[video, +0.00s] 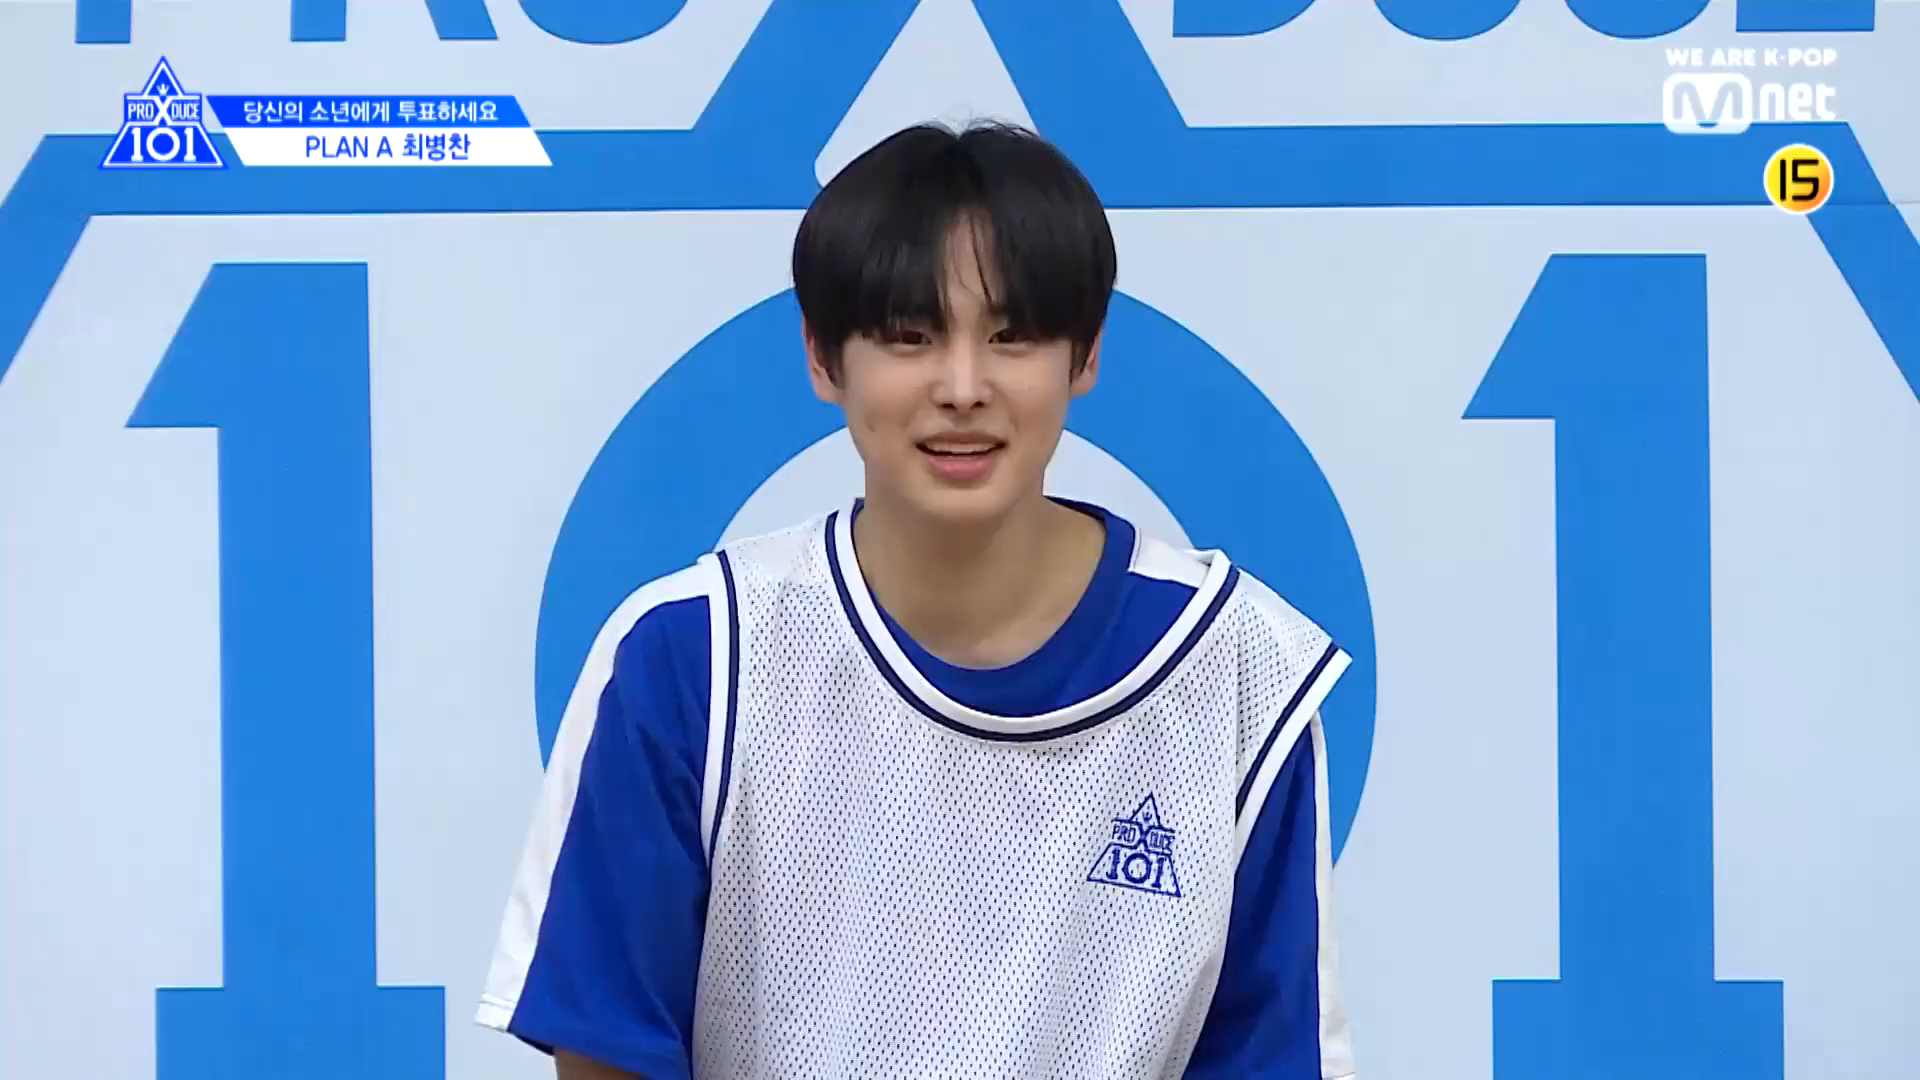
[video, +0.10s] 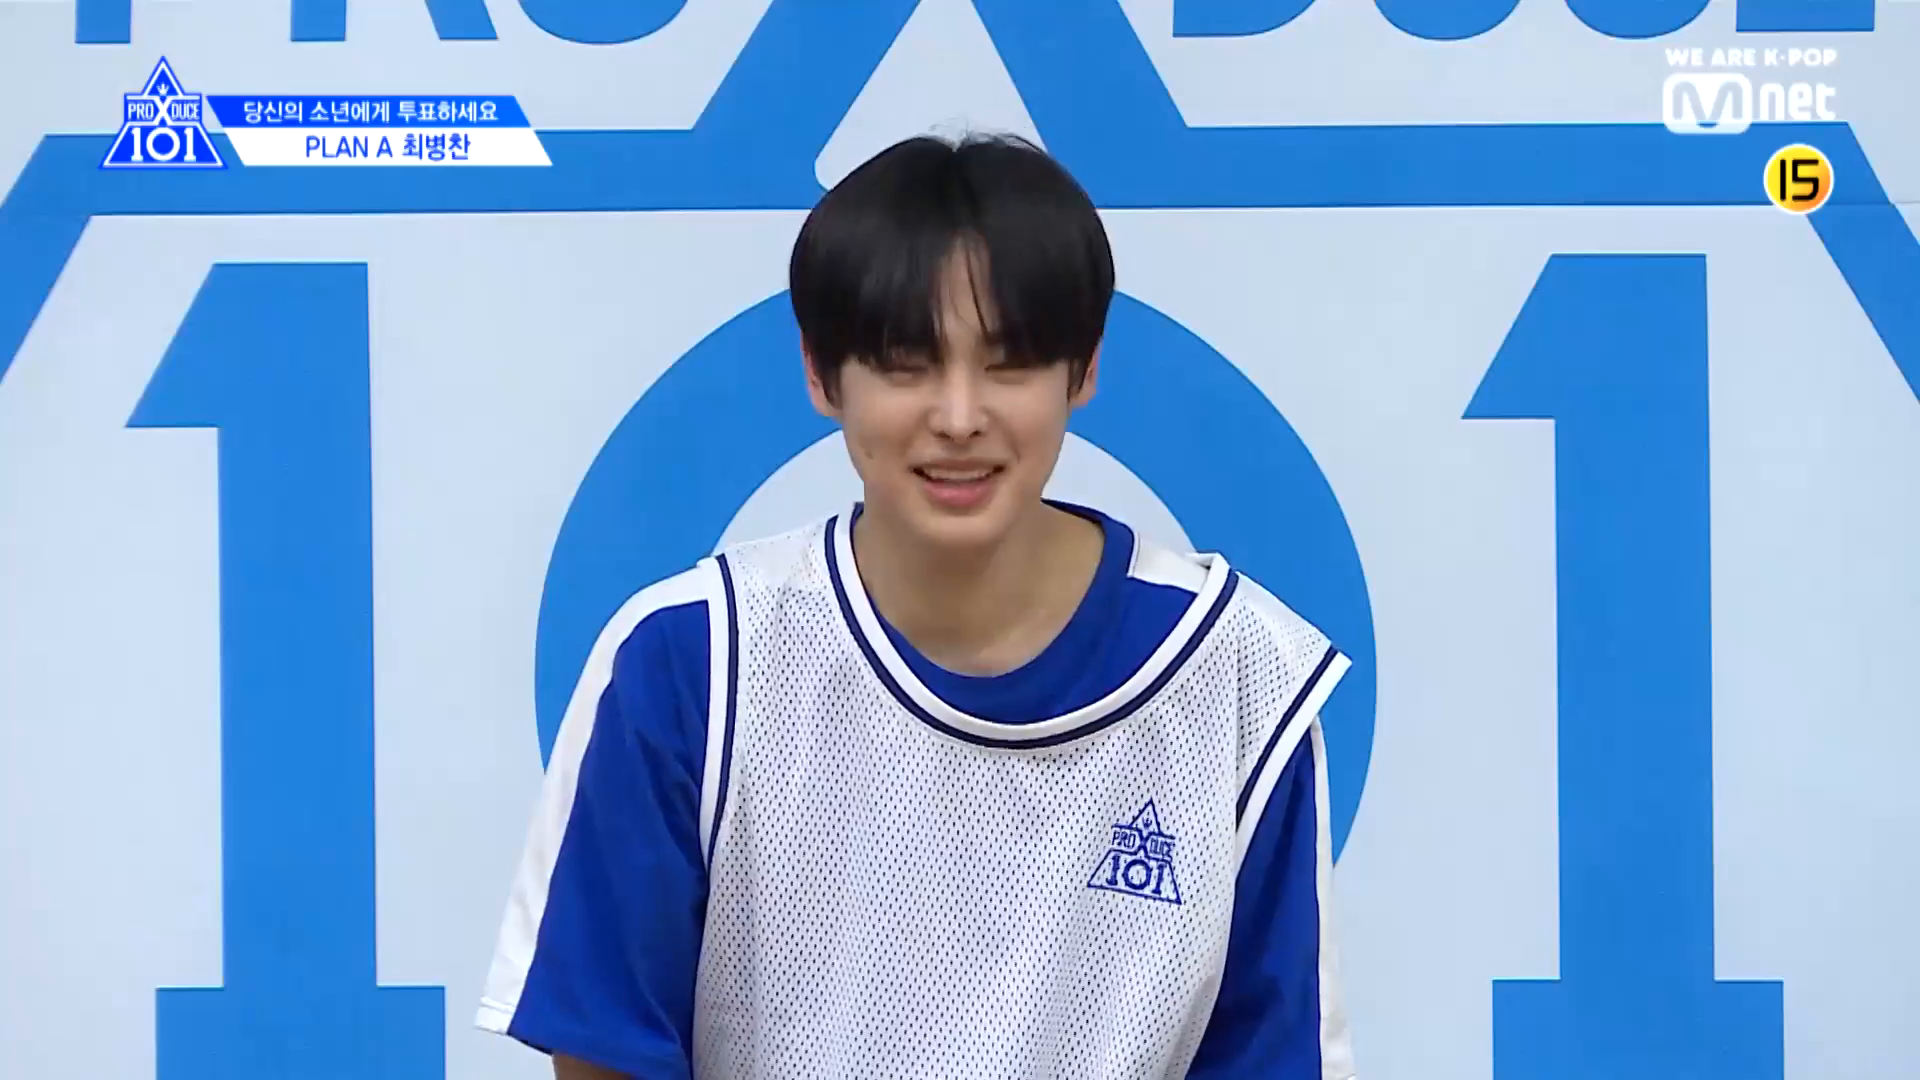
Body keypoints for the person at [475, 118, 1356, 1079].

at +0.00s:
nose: (963, 390)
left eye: (1011, 335)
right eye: (911, 334)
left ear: (1080, 359)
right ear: (829, 363)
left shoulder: (1246, 681)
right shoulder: (682, 662)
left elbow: (1265, 1057)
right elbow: (602, 1048)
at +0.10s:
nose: (960, 420)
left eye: (1007, 359)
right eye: (907, 359)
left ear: (1078, 372)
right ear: (826, 376)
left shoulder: (1249, 688)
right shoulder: (677, 669)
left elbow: (1266, 1059)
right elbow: (600, 1052)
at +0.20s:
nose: (960, 480)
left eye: (1012, 417)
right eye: (904, 420)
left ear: (1080, 401)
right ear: (828, 414)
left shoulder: (1248, 699)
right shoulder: (681, 676)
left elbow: (1265, 1059)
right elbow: (598, 1053)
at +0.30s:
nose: (966, 561)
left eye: (1017, 496)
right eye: (908, 500)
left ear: (1082, 453)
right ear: (832, 467)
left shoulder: (1249, 716)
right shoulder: (681, 688)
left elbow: (1271, 1059)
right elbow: (599, 1055)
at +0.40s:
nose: (971, 647)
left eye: (1024, 588)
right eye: (914, 591)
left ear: (1089, 525)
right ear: (843, 539)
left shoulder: (1254, 744)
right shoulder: (684, 716)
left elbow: (1277, 1063)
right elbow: (590, 1050)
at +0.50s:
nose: (981, 751)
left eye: (1034, 696)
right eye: (922, 702)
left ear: (1105, 614)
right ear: (850, 637)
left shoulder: (1259, 783)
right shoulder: (687, 756)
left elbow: (1285, 1057)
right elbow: (592, 1052)